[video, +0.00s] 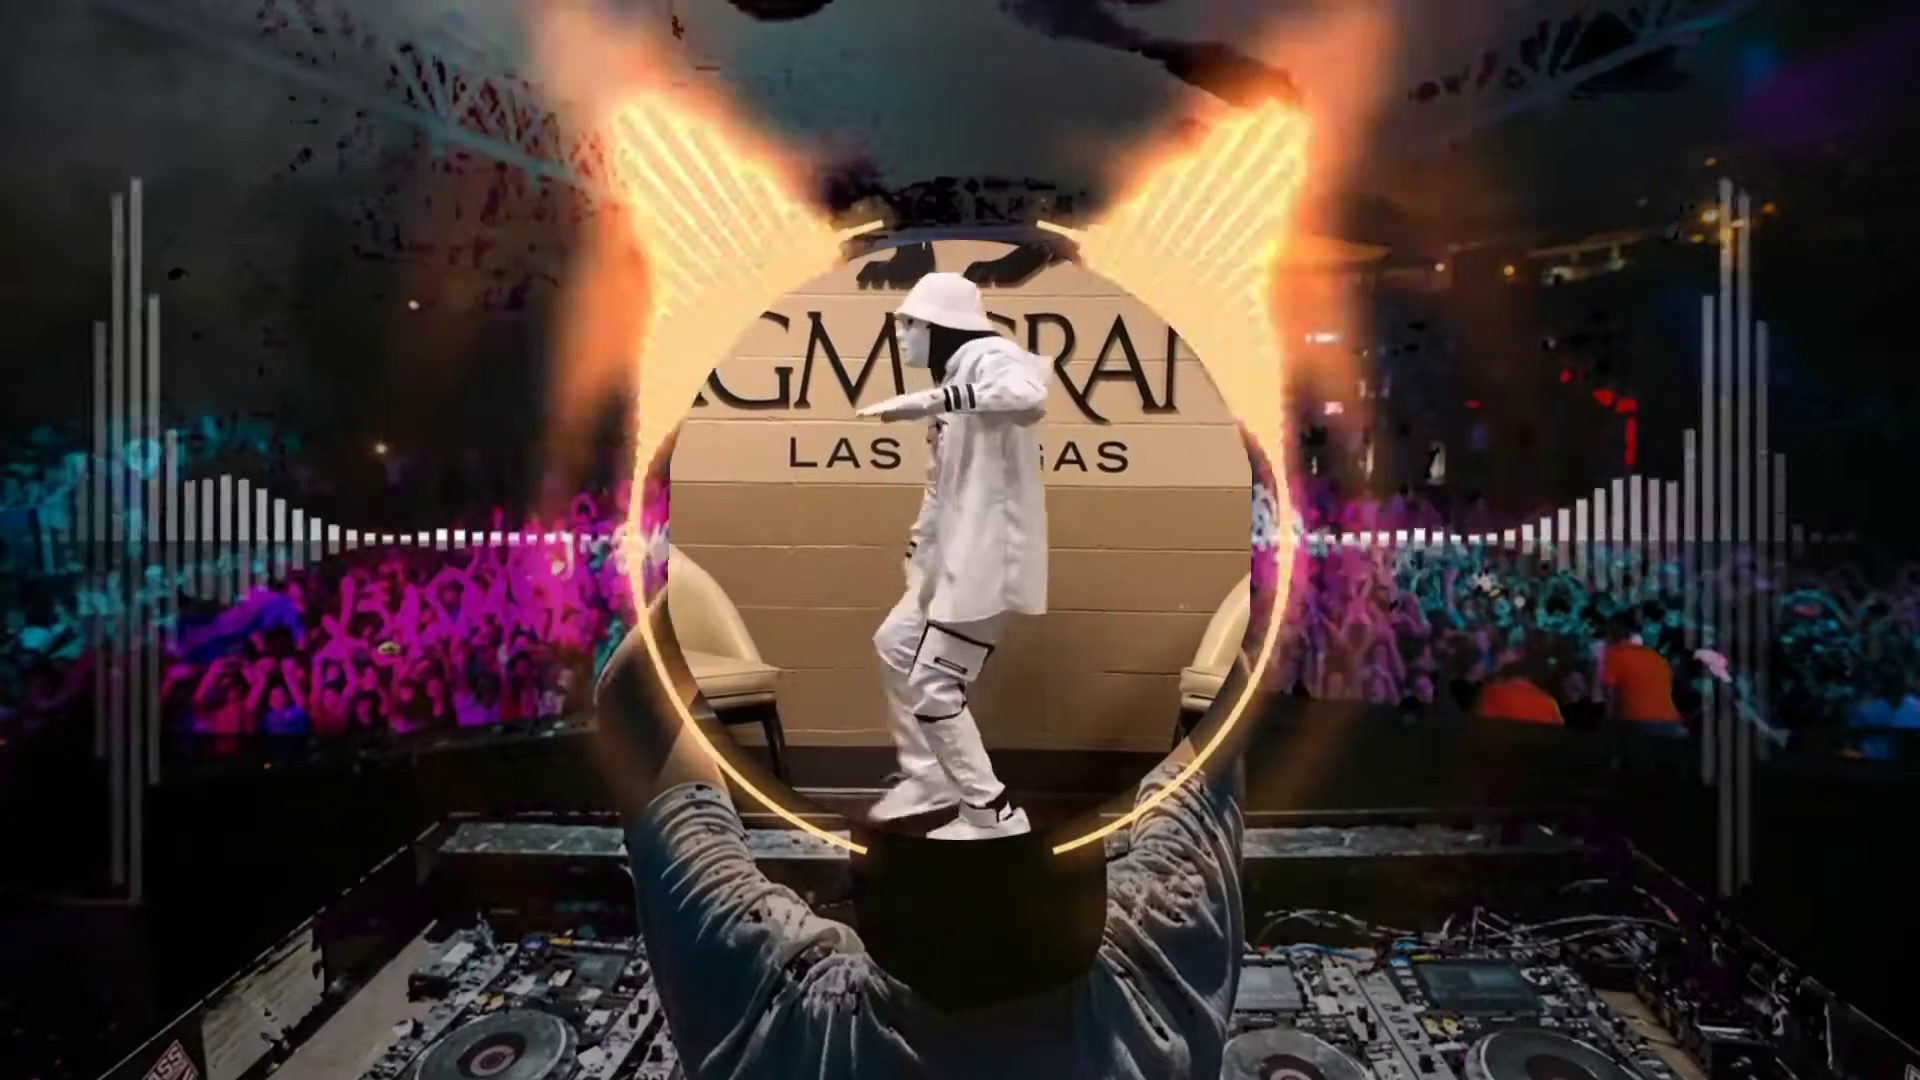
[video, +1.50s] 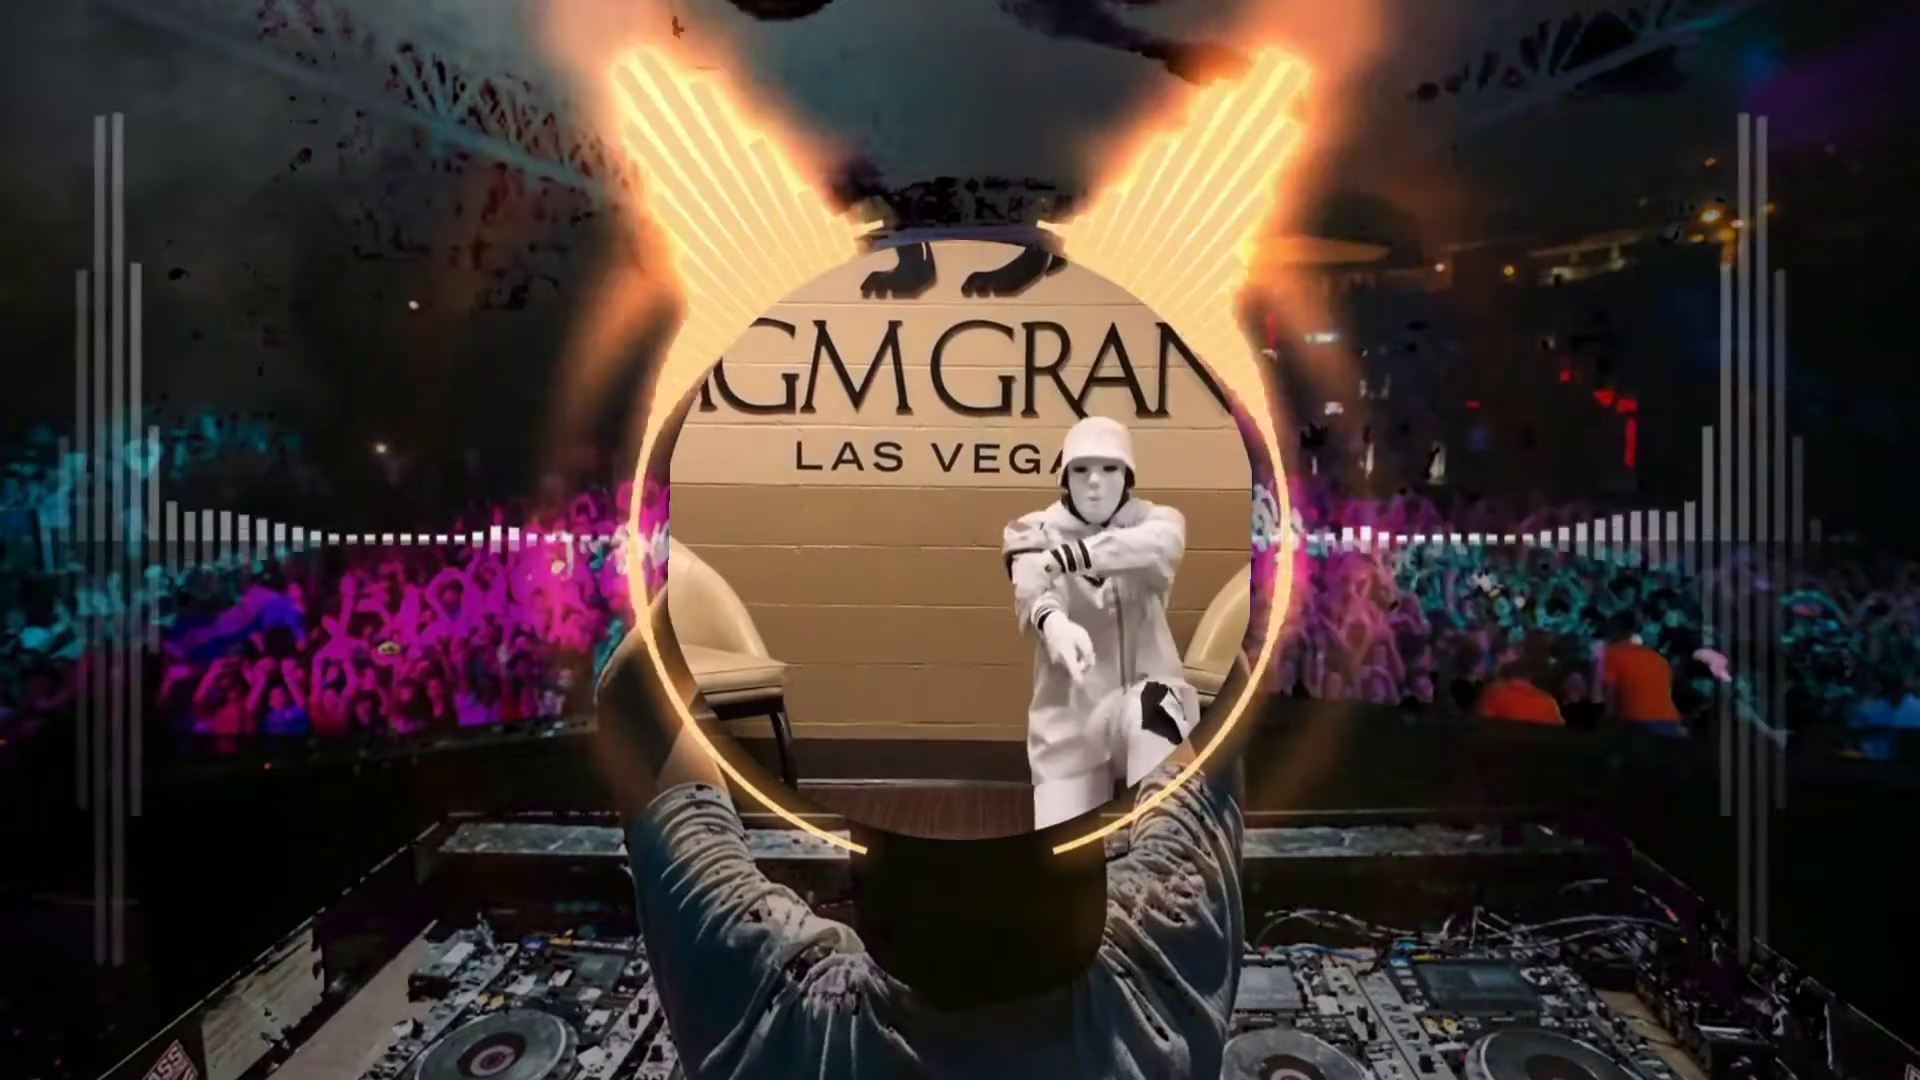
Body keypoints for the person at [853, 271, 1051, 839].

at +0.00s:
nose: (905, 337)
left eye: (913, 326)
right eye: (906, 326)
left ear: (940, 327)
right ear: (946, 326)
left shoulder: (988, 355)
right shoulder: (957, 375)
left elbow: (1027, 394)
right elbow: (950, 485)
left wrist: (941, 400)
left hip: (987, 563)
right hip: (956, 561)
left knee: (931, 688)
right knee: (895, 645)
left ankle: (990, 811)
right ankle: (929, 781)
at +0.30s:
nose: (943, 339)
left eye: (952, 328)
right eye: (946, 327)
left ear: (982, 329)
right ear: (992, 329)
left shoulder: (1023, 360)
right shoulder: (1013, 374)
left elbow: (1053, 410)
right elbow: (1029, 477)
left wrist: (974, 417)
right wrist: (975, 502)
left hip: (1025, 573)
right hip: (1052, 571)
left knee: (964, 687)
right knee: (1021, 698)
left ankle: (988, 813)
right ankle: (1097, 809)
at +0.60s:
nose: (958, 338)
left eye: (967, 328)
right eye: (960, 327)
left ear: (1000, 331)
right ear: (1008, 331)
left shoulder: (1050, 386)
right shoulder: (1025, 387)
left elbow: (1112, 459)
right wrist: (1011, 508)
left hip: (1039, 580)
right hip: (1047, 580)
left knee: (963, 692)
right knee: (1017, 699)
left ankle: (988, 814)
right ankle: (1092, 803)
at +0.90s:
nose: (979, 350)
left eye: (988, 339)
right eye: (980, 339)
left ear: (1020, 344)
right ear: (1027, 345)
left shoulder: (1070, 398)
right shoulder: (1039, 402)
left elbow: (1114, 482)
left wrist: (1035, 500)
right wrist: (1031, 521)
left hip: (1099, 580)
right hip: (1074, 581)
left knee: (1069, 707)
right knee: (1040, 704)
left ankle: (1155, 815)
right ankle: (1123, 820)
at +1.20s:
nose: (1071, 376)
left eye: (1084, 364)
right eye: (1060, 364)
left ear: (1107, 371)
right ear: (1048, 372)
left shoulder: (1143, 423)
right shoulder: (1022, 433)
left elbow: (1140, 474)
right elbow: (1005, 512)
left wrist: (1053, 478)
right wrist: (1035, 527)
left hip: (1138, 605)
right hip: (1056, 617)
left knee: (1163, 719)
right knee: (1036, 750)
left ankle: (1177, 830)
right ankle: (1105, 824)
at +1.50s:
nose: (1095, 482)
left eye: (1109, 469)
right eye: (1082, 470)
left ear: (1127, 477)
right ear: (1065, 477)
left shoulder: (1159, 522)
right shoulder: (1033, 532)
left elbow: (1156, 550)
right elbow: (1032, 587)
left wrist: (1066, 557)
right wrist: (1053, 622)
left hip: (1144, 706)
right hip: (1068, 724)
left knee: (1152, 702)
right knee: (1066, 864)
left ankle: (1154, 834)